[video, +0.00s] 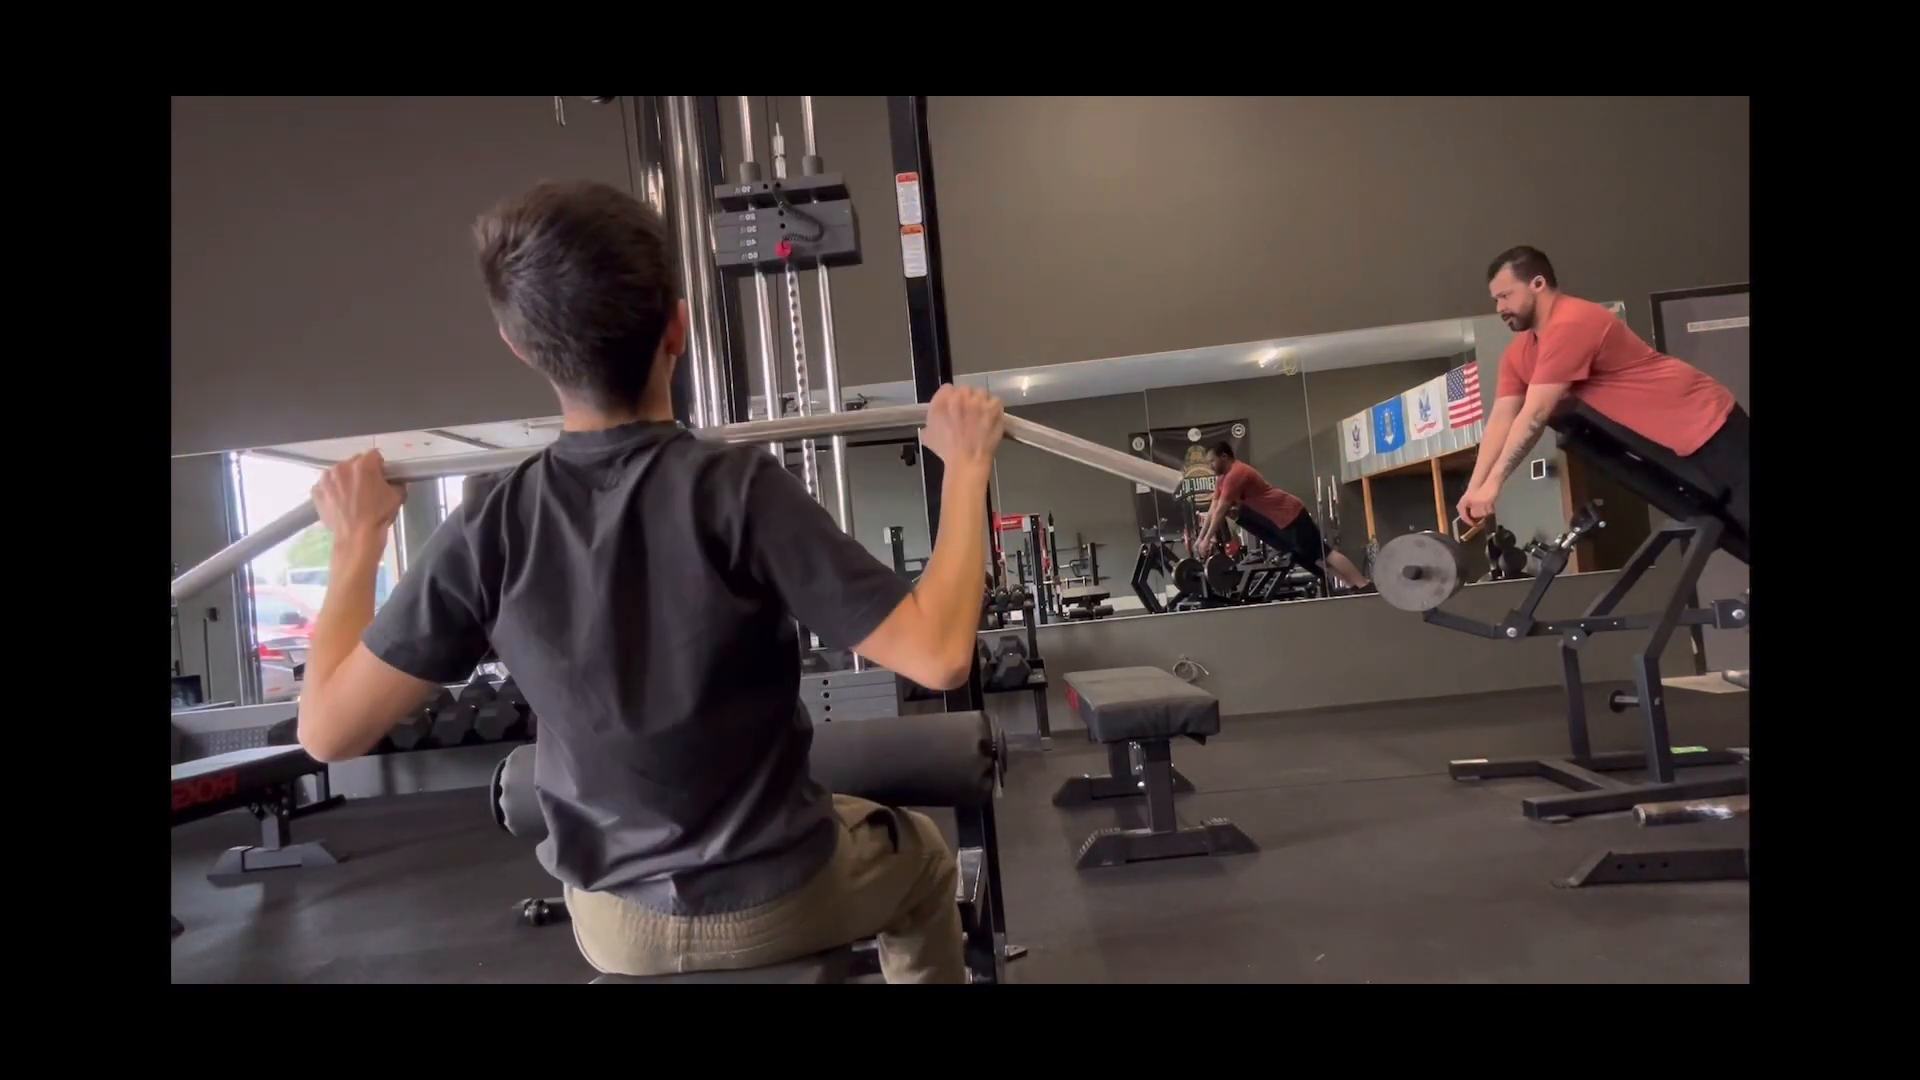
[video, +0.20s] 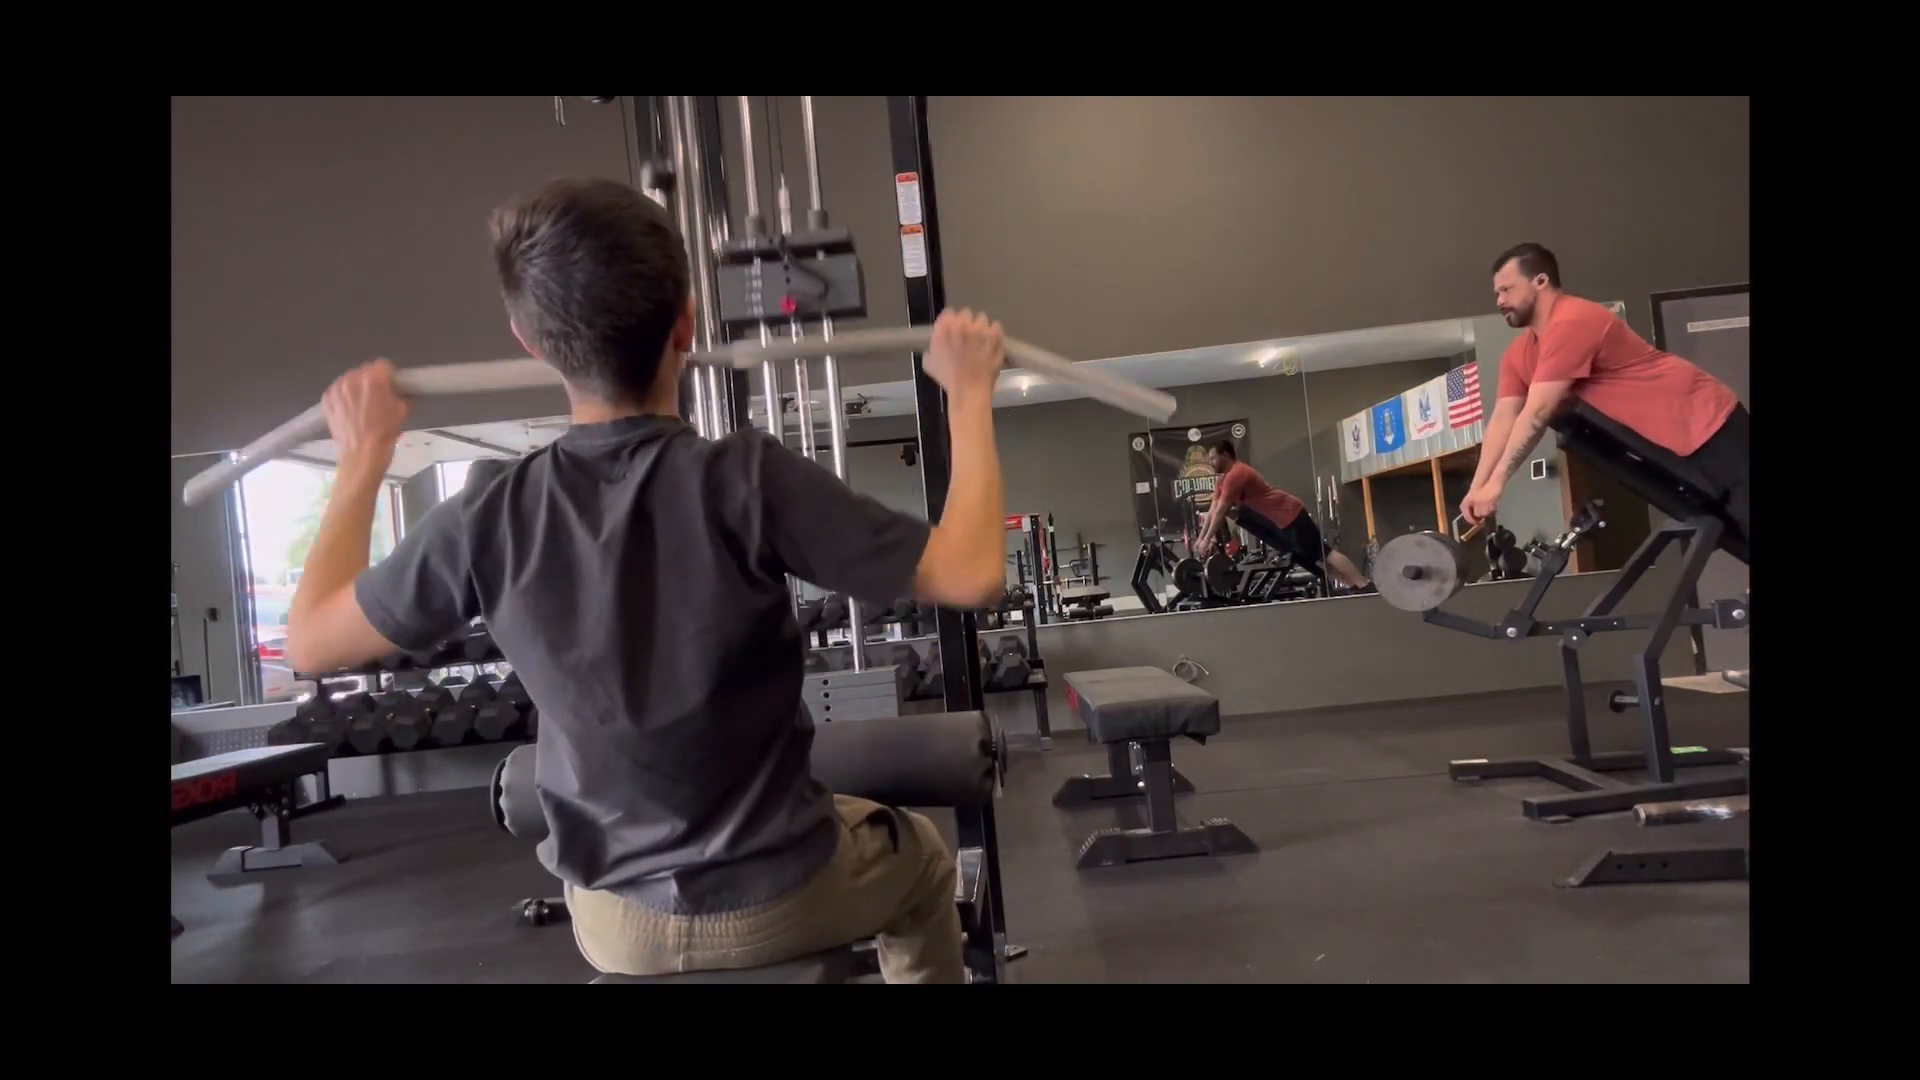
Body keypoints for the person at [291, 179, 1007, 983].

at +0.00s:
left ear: (517, 347)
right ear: (678, 327)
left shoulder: (495, 524)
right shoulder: (735, 489)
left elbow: (327, 730)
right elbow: (938, 652)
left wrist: (354, 541)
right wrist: (967, 472)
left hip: (607, 922)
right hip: (773, 911)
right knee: (920, 854)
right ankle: (927, 976)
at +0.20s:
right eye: (695, 301)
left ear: (528, 343)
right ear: (687, 327)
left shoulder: (493, 515)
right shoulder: (747, 478)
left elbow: (312, 639)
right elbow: (970, 571)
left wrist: (362, 452)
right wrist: (971, 398)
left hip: (608, 920)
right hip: (775, 907)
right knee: (919, 852)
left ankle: (839, 971)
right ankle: (925, 978)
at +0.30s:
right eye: (696, 298)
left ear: (531, 344)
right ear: (689, 323)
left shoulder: (493, 508)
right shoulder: (757, 470)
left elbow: (317, 546)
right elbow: (983, 494)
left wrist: (357, 368)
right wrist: (968, 319)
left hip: (610, 918)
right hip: (775, 904)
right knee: (920, 854)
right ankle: (922, 975)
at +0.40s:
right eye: (697, 296)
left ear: (534, 340)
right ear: (692, 321)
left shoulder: (505, 492)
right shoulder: (762, 453)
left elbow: (328, 449)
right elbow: (975, 412)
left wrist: (348, 272)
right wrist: (959, 230)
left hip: (611, 916)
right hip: (776, 906)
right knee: (922, 861)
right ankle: (923, 979)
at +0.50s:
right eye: (697, 286)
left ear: (539, 333)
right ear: (694, 314)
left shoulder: (511, 471)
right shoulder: (764, 435)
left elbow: (344, 368)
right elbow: (956, 336)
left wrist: (344, 184)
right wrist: (948, 148)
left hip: (610, 912)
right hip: (775, 901)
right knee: (920, 859)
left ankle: (621, 975)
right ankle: (927, 981)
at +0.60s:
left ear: (544, 328)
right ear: (700, 314)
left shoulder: (521, 458)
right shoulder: (765, 416)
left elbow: (374, 314)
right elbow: (920, 272)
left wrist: (351, 136)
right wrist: (936, 98)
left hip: (617, 912)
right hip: (781, 898)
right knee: (918, 856)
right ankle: (928, 975)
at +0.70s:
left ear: (552, 330)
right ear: (702, 314)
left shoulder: (531, 444)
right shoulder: (765, 408)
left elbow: (403, 271)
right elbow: (890, 232)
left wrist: (358, 108)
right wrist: (927, 91)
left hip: (620, 905)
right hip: (788, 895)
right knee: (919, 857)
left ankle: (631, 966)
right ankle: (930, 977)